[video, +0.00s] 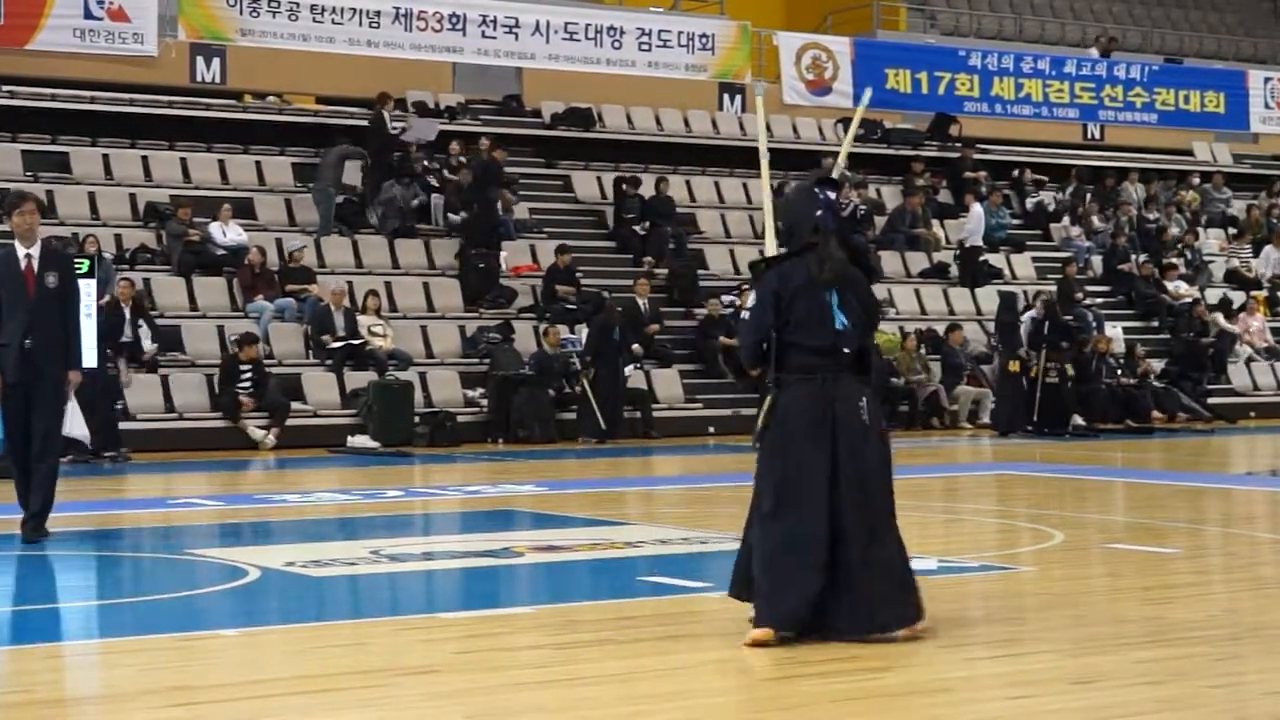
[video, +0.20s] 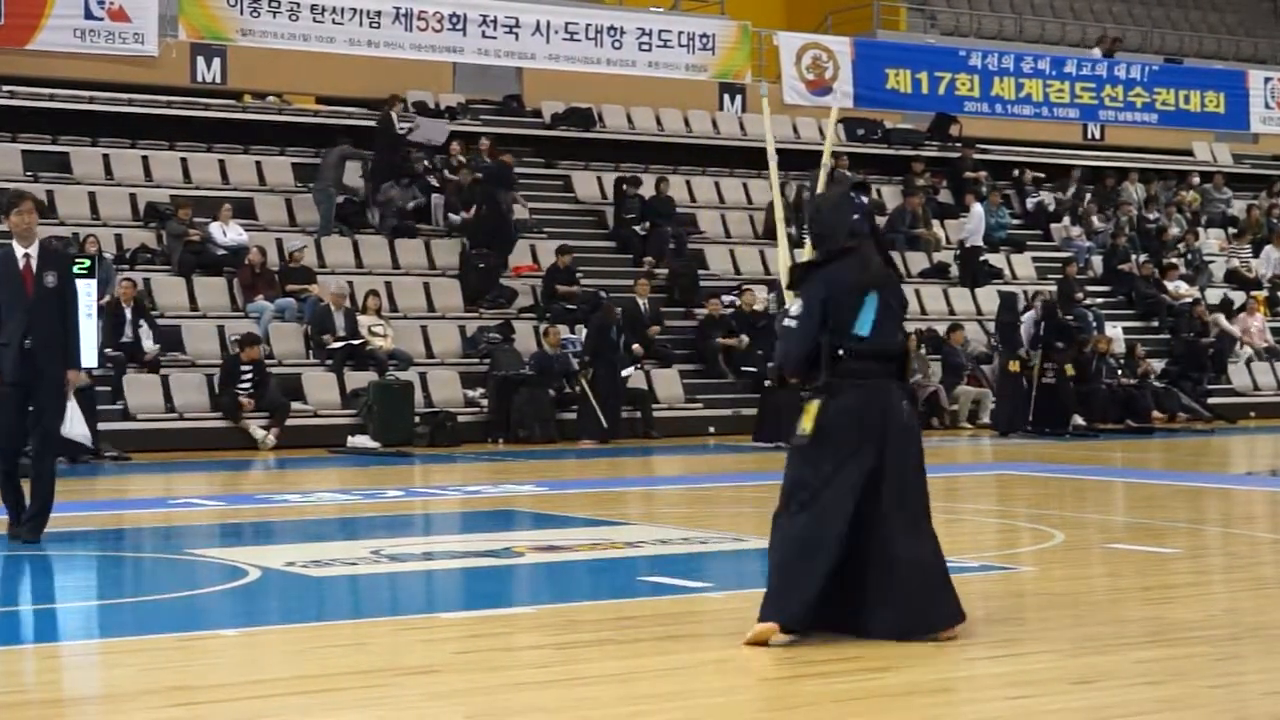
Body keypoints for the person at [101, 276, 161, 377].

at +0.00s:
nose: (121, 291)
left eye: (125, 288)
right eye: (119, 287)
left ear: (133, 291)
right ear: (116, 290)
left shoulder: (138, 306)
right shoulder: (110, 306)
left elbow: (153, 327)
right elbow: (104, 327)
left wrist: (153, 347)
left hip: (135, 342)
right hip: (117, 343)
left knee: (151, 362)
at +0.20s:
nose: (124, 291)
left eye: (127, 288)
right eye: (122, 288)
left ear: (134, 292)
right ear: (118, 290)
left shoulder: (139, 305)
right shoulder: (111, 306)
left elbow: (153, 325)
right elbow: (107, 328)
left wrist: (156, 345)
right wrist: (108, 347)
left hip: (135, 345)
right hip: (116, 345)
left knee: (154, 362)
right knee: (120, 362)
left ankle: (150, 397)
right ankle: (118, 398)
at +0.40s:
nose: (126, 291)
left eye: (129, 288)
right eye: (124, 288)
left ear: (136, 292)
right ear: (120, 290)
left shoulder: (141, 305)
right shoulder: (112, 305)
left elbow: (154, 325)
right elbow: (108, 327)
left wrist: (156, 345)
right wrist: (109, 347)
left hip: (136, 345)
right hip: (117, 345)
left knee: (154, 361)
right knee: (121, 361)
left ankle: (151, 397)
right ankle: (118, 396)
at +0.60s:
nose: (127, 291)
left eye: (131, 288)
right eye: (125, 287)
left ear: (137, 291)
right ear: (121, 290)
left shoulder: (142, 306)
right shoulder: (113, 306)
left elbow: (154, 326)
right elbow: (108, 329)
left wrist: (155, 346)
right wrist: (111, 347)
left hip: (136, 344)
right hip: (117, 344)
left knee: (153, 361)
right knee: (122, 361)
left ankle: (149, 395)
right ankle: (119, 396)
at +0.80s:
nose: (127, 291)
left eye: (131, 288)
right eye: (125, 288)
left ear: (138, 292)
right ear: (121, 290)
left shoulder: (142, 306)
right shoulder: (113, 305)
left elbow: (155, 326)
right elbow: (108, 328)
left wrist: (156, 345)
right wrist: (109, 347)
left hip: (137, 345)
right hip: (118, 345)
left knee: (155, 362)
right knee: (121, 361)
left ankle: (151, 397)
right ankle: (118, 396)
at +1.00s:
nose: (128, 291)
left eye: (132, 288)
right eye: (126, 288)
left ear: (138, 292)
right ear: (122, 290)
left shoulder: (142, 306)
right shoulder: (115, 305)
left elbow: (156, 326)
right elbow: (109, 328)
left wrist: (157, 346)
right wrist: (110, 348)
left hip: (135, 345)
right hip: (117, 345)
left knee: (155, 362)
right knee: (121, 362)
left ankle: (149, 397)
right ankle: (118, 397)